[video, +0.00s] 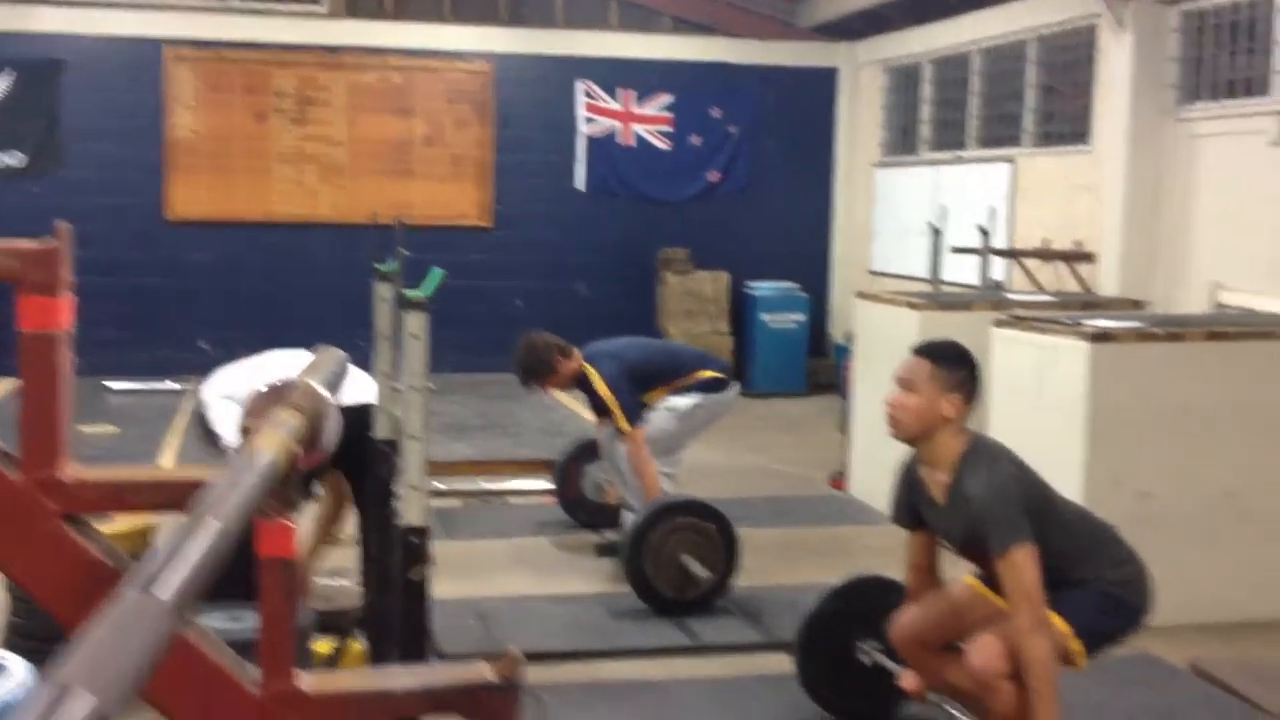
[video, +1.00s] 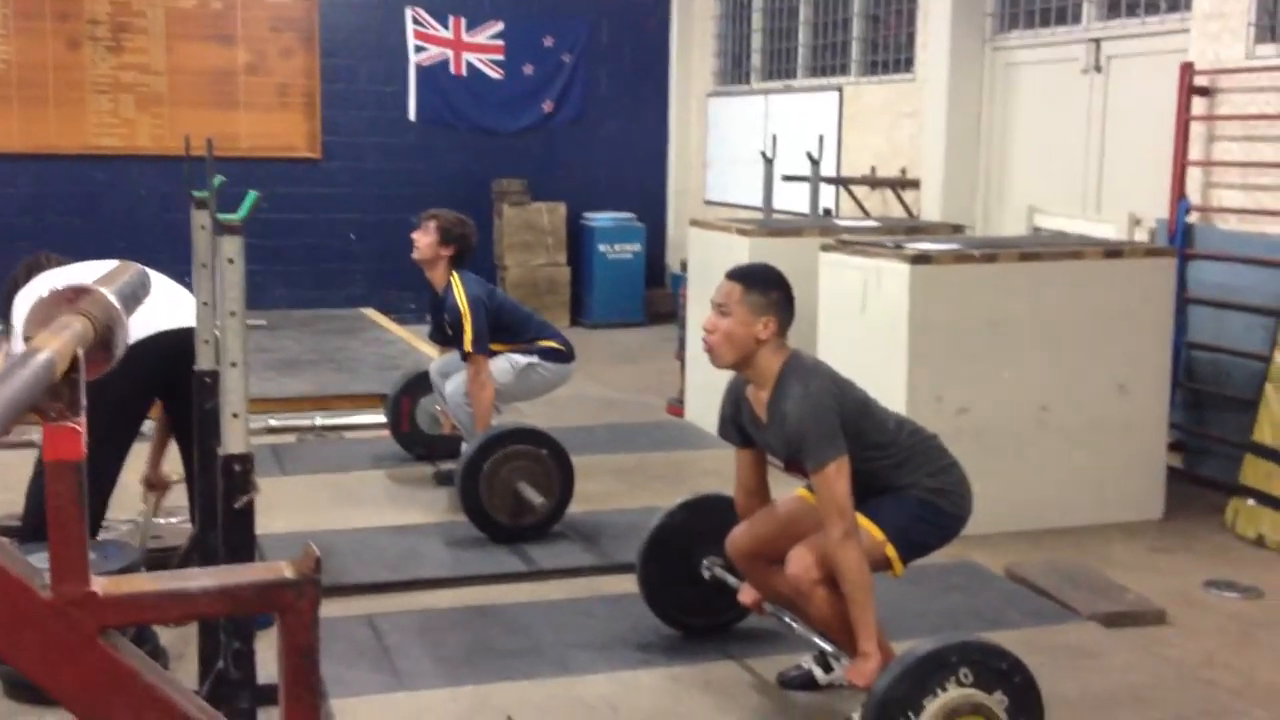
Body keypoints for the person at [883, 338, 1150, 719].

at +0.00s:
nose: (891, 401)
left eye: (907, 390)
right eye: (896, 387)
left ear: (951, 407)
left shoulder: (989, 478)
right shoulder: (917, 474)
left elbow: (1031, 620)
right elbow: (921, 576)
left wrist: (1045, 711)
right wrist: (919, 666)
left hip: (1107, 589)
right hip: (1033, 573)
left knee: (985, 656)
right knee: (909, 630)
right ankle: (1000, 707)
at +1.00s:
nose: (706, 325)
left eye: (722, 313)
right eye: (711, 310)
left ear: (765, 328)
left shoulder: (806, 396)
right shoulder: (743, 393)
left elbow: (843, 532)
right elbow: (751, 496)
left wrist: (868, 651)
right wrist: (758, 576)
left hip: (931, 495)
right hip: (871, 481)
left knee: (805, 565)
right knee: (746, 547)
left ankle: (881, 661)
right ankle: (842, 648)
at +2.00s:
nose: (745, 27)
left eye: (764, 20)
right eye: (750, 17)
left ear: (799, 44)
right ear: (770, 45)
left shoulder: (812, 126)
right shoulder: (750, 127)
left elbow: (815, 254)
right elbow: (731, 229)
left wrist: (820, 363)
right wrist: (715, 314)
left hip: (888, 304)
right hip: (830, 294)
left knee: (841, 450)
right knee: (781, 423)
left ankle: (855, 630)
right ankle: (803, 588)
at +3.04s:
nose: (798, 297)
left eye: (815, 290)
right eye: (804, 287)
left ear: (852, 317)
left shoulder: (855, 388)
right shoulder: (785, 377)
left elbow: (750, 434)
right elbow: (676, 401)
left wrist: (821, 362)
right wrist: (740, 342)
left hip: (898, 542)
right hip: (822, 519)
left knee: (808, 555)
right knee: (705, 502)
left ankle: (871, 662)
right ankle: (802, 611)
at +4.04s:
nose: (783, 50)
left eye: (799, 39)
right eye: (788, 38)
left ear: (839, 57)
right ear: (796, 55)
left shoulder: (838, 125)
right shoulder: (779, 122)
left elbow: (738, 155)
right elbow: (666, 152)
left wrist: (803, 93)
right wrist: (734, 98)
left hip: (864, 334)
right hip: (813, 330)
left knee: (834, 492)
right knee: (780, 474)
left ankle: (875, 669)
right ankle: (813, 624)